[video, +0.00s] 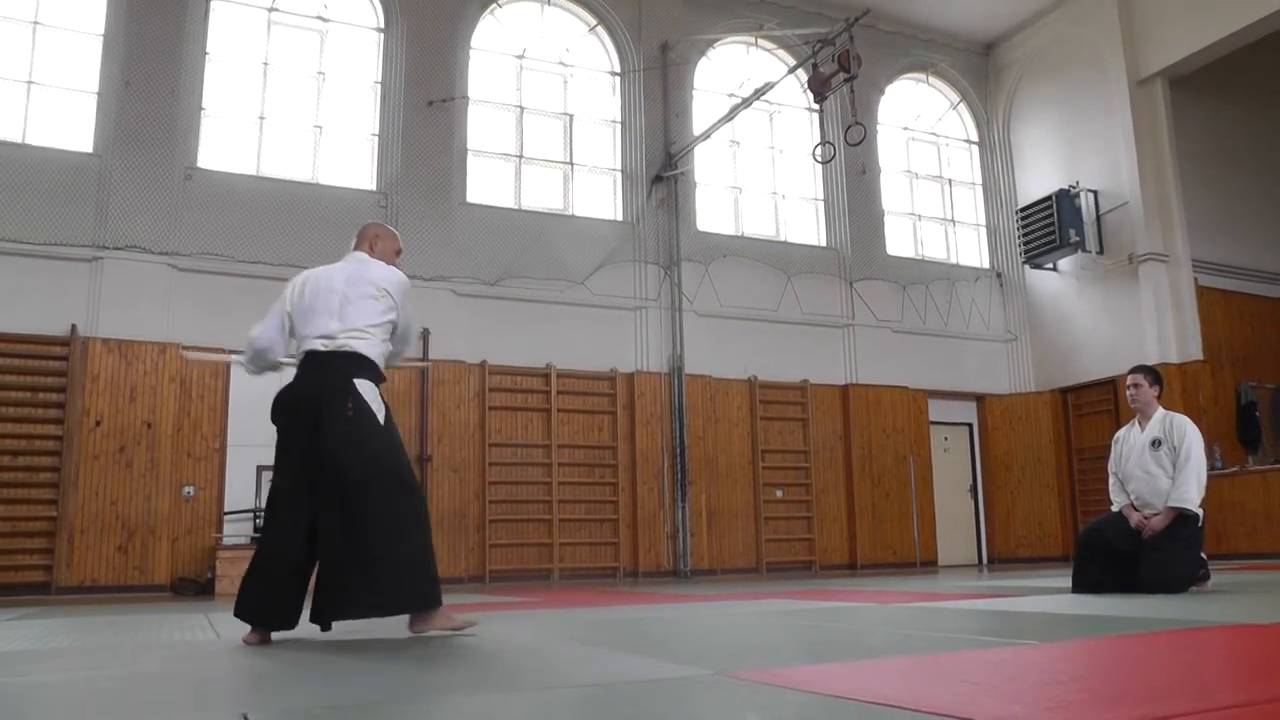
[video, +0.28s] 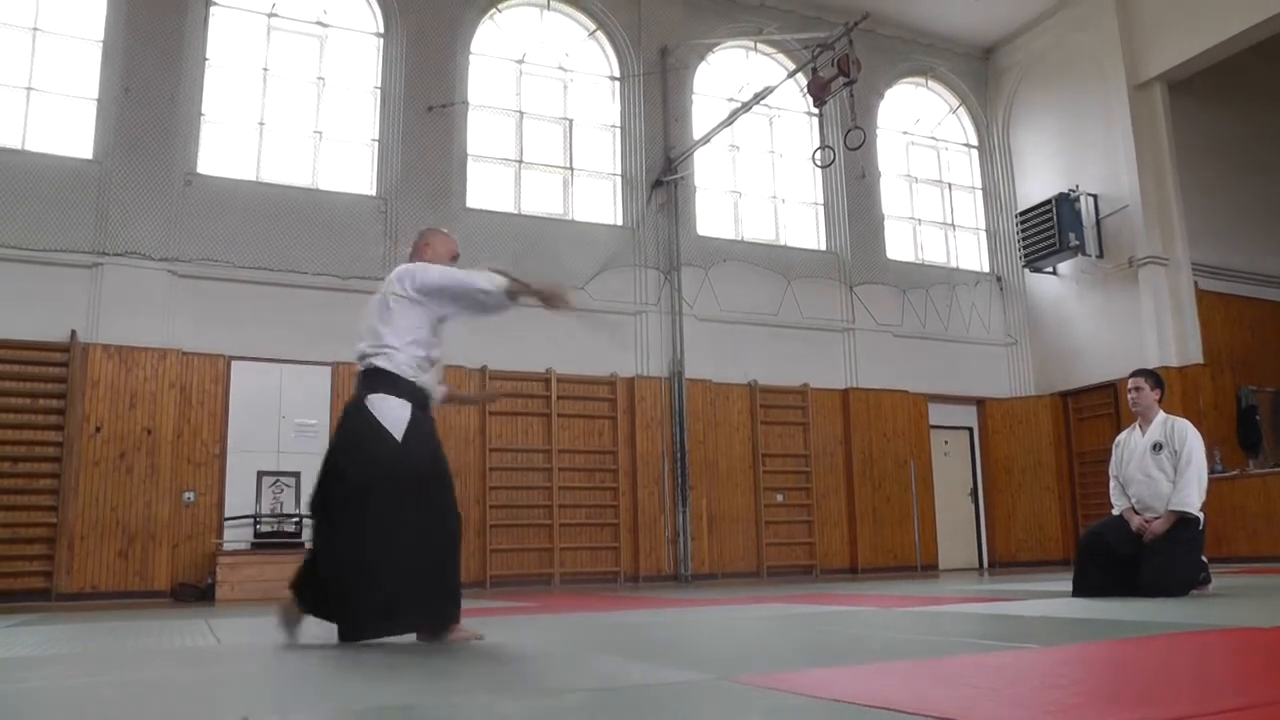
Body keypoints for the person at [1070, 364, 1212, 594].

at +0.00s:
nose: (1130, 392)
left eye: (1136, 386)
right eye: (1128, 388)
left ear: (1155, 390)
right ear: (1125, 393)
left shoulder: (1179, 426)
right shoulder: (1121, 437)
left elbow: (1191, 478)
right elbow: (1114, 482)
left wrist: (1164, 518)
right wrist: (1130, 513)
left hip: (1177, 519)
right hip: (1133, 519)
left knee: (1158, 583)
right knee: (1092, 539)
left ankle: (1197, 566)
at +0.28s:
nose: (1131, 396)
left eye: (1137, 389)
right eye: (1129, 391)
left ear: (1156, 394)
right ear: (1126, 397)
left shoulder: (1180, 430)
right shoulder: (1122, 441)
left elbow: (1191, 482)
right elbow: (1115, 486)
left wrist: (1165, 521)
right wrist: (1131, 517)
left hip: (1177, 522)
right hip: (1133, 522)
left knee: (1157, 586)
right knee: (1093, 542)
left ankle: (1198, 570)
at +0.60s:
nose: (1133, 398)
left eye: (1140, 392)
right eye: (1131, 394)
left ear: (1158, 396)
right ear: (1128, 400)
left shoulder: (1182, 433)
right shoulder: (1123, 443)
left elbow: (1193, 484)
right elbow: (1115, 488)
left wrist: (1166, 524)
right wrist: (1132, 520)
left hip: (1178, 525)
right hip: (1134, 525)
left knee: (1157, 589)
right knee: (1093, 544)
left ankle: (1198, 573)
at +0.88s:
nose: (1136, 401)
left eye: (1142, 395)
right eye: (1133, 396)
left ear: (1161, 400)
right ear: (1130, 402)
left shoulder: (1183, 436)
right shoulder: (1123, 446)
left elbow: (1194, 487)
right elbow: (1116, 491)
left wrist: (1166, 527)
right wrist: (1132, 523)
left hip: (1178, 528)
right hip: (1134, 528)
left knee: (1158, 593)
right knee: (1093, 548)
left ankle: (1198, 576)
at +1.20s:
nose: (1137, 404)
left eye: (1143, 399)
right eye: (1134, 400)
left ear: (1161, 404)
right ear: (1131, 406)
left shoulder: (1184, 440)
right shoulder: (1123, 449)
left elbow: (1195, 492)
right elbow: (1116, 494)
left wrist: (1166, 531)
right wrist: (1132, 527)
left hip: (1178, 533)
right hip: (1134, 532)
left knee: (1157, 597)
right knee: (1093, 552)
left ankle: (1198, 580)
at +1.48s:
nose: (1137, 408)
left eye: (1143, 403)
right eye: (1134, 404)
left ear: (1161, 408)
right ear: (1131, 410)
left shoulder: (1184, 444)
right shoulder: (1124, 453)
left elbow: (1195, 495)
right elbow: (1116, 498)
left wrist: (1167, 535)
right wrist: (1133, 531)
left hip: (1179, 537)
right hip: (1135, 536)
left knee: (1157, 601)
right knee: (1094, 557)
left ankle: (1198, 583)